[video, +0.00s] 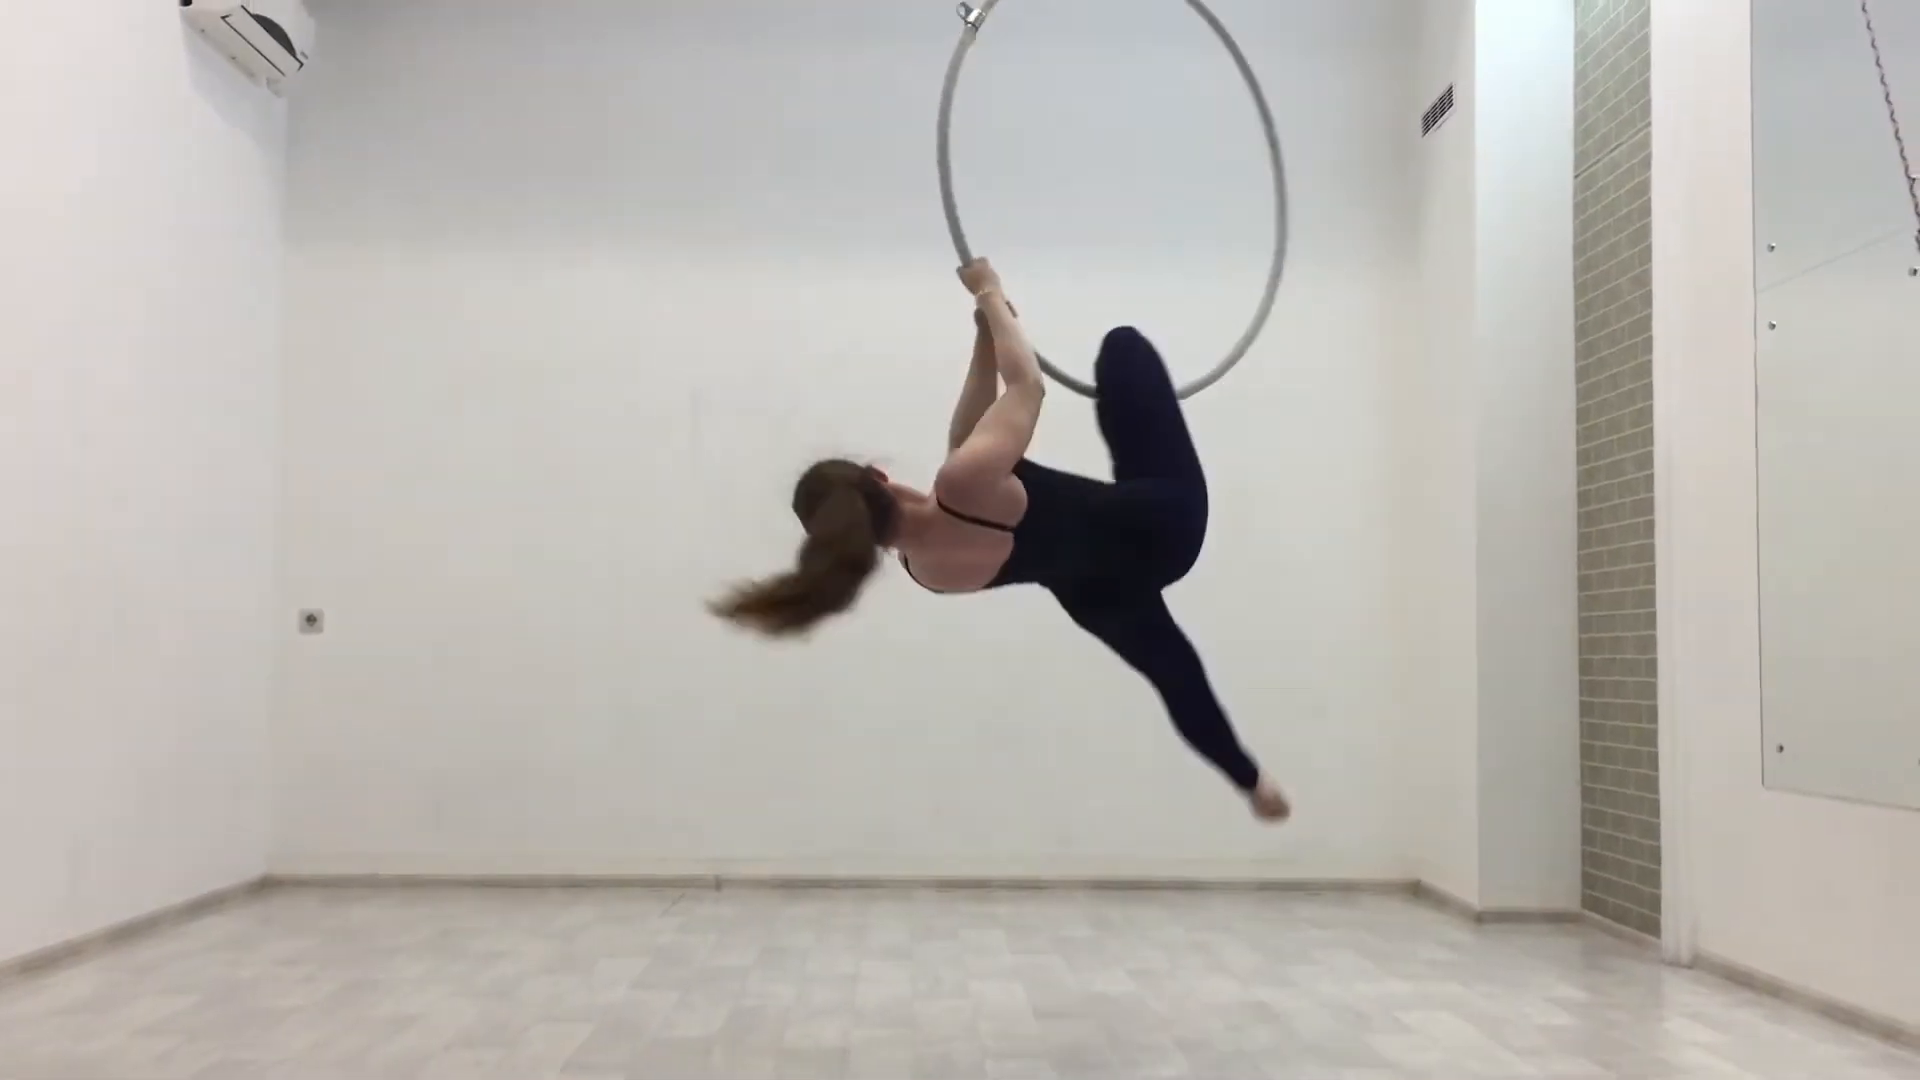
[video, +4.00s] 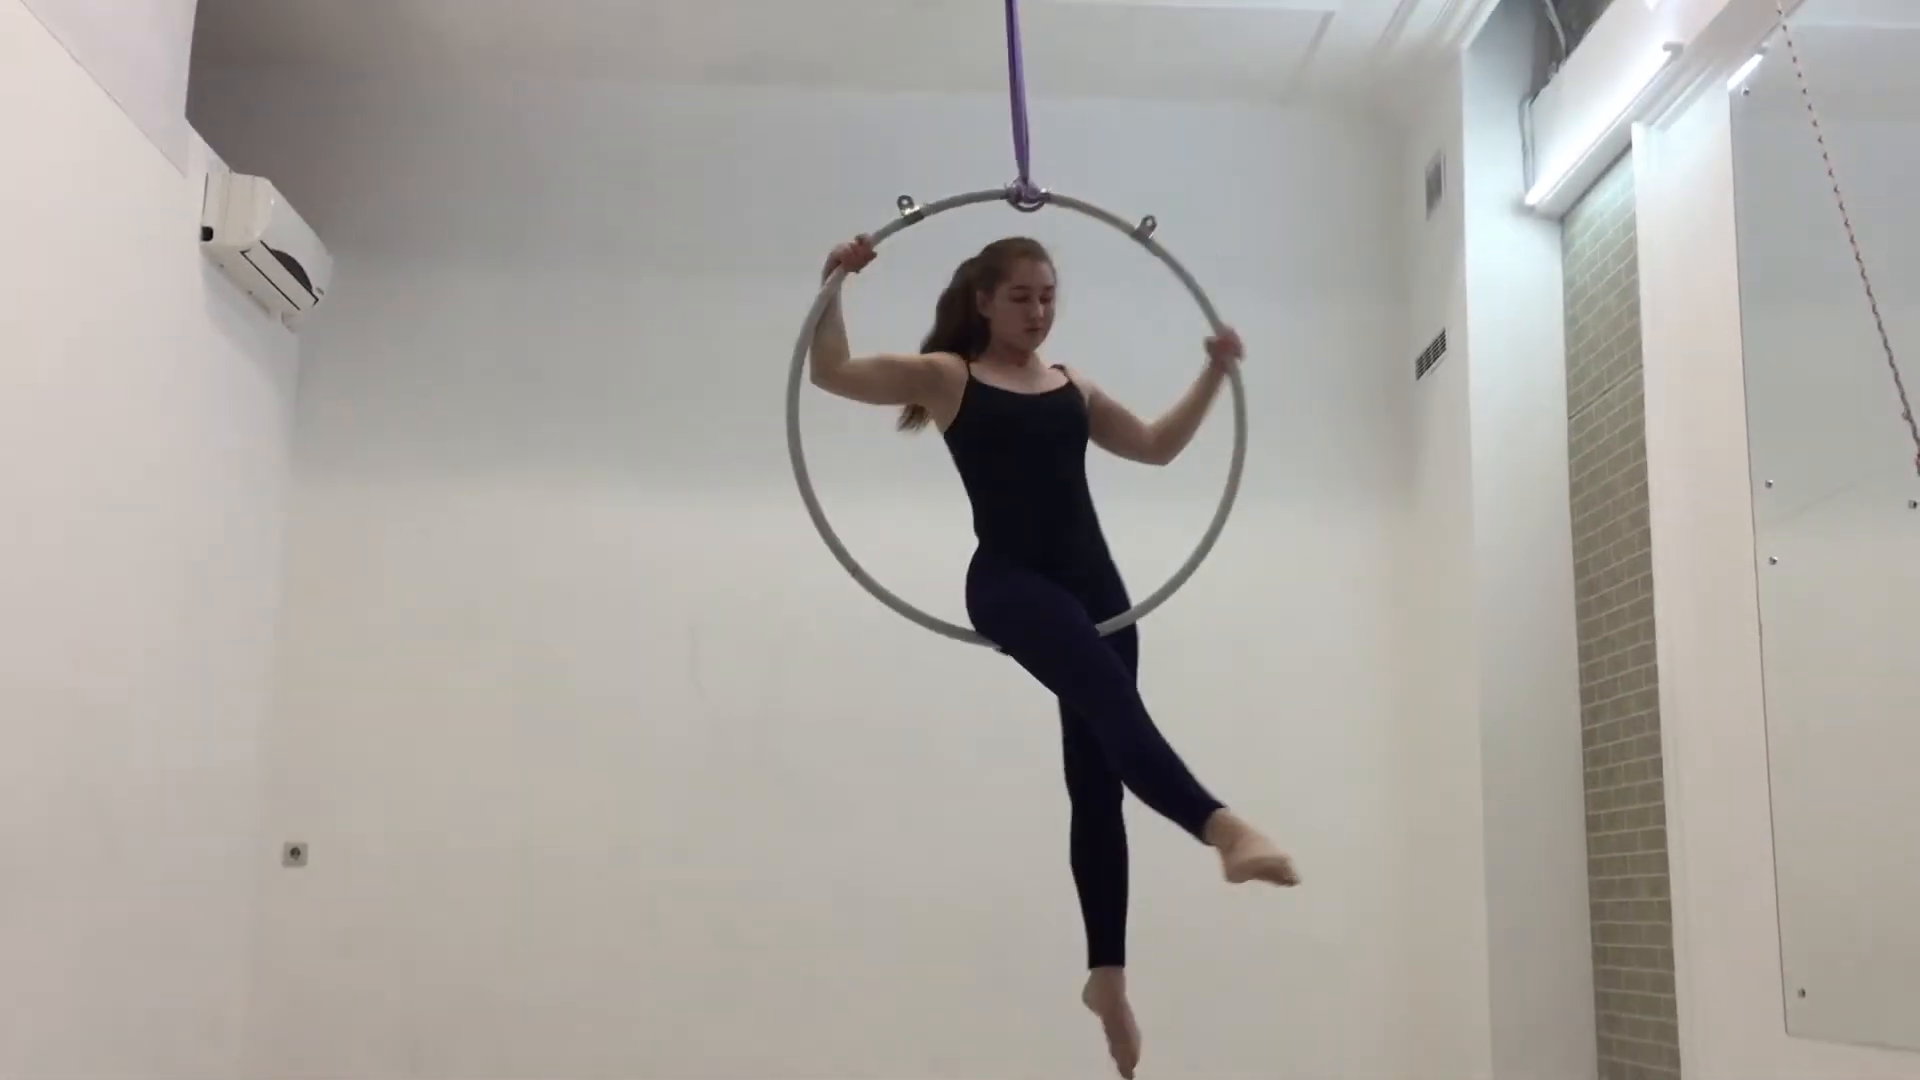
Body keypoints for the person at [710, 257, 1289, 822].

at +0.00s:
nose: (881, 461)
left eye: (871, 462)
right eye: (874, 462)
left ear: (859, 536)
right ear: (883, 478)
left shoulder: (927, 572)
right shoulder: (968, 473)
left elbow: (963, 436)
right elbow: (1027, 385)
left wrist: (988, 333)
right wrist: (993, 302)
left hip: (1095, 594)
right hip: (1158, 528)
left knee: (1178, 681)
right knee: (1123, 347)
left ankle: (1255, 787)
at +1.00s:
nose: (760, 577)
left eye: (755, 585)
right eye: (780, 595)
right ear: (822, 628)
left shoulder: (794, 536)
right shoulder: (881, 636)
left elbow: (811, 428)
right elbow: (924, 614)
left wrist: (824, 321)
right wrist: (859, 517)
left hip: (903, 503)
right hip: (951, 529)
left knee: (930, 347)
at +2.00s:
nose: (949, 508)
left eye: (949, 525)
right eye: (959, 516)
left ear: (942, 555)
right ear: (991, 599)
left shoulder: (866, 546)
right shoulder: (986, 628)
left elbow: (805, 446)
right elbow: (1051, 672)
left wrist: (815, 342)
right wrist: (1124, 694)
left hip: (785, 584)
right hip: (846, 602)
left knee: (648, 615)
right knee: (898, 394)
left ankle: (526, 701)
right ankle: (735, 422)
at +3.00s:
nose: (1151, 267)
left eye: (1172, 264)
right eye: (1162, 257)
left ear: (1202, 299)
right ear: (1187, 294)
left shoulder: (1175, 355)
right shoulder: (1136, 359)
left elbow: (1092, 297)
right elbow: (1055, 418)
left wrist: (1017, 207)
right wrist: (988, 388)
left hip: (1072, 563)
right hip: (1041, 533)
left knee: (872, 560)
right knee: (916, 423)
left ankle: (665, 613)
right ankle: (868, 608)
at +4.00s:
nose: (1036, 309)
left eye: (1046, 296)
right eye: (1020, 295)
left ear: (1056, 304)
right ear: (981, 301)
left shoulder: (1067, 385)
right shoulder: (946, 378)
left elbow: (1155, 444)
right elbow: (833, 370)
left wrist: (1214, 372)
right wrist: (834, 286)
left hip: (1097, 596)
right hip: (1011, 586)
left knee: (1097, 793)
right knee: (1093, 672)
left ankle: (1107, 977)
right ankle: (1224, 831)